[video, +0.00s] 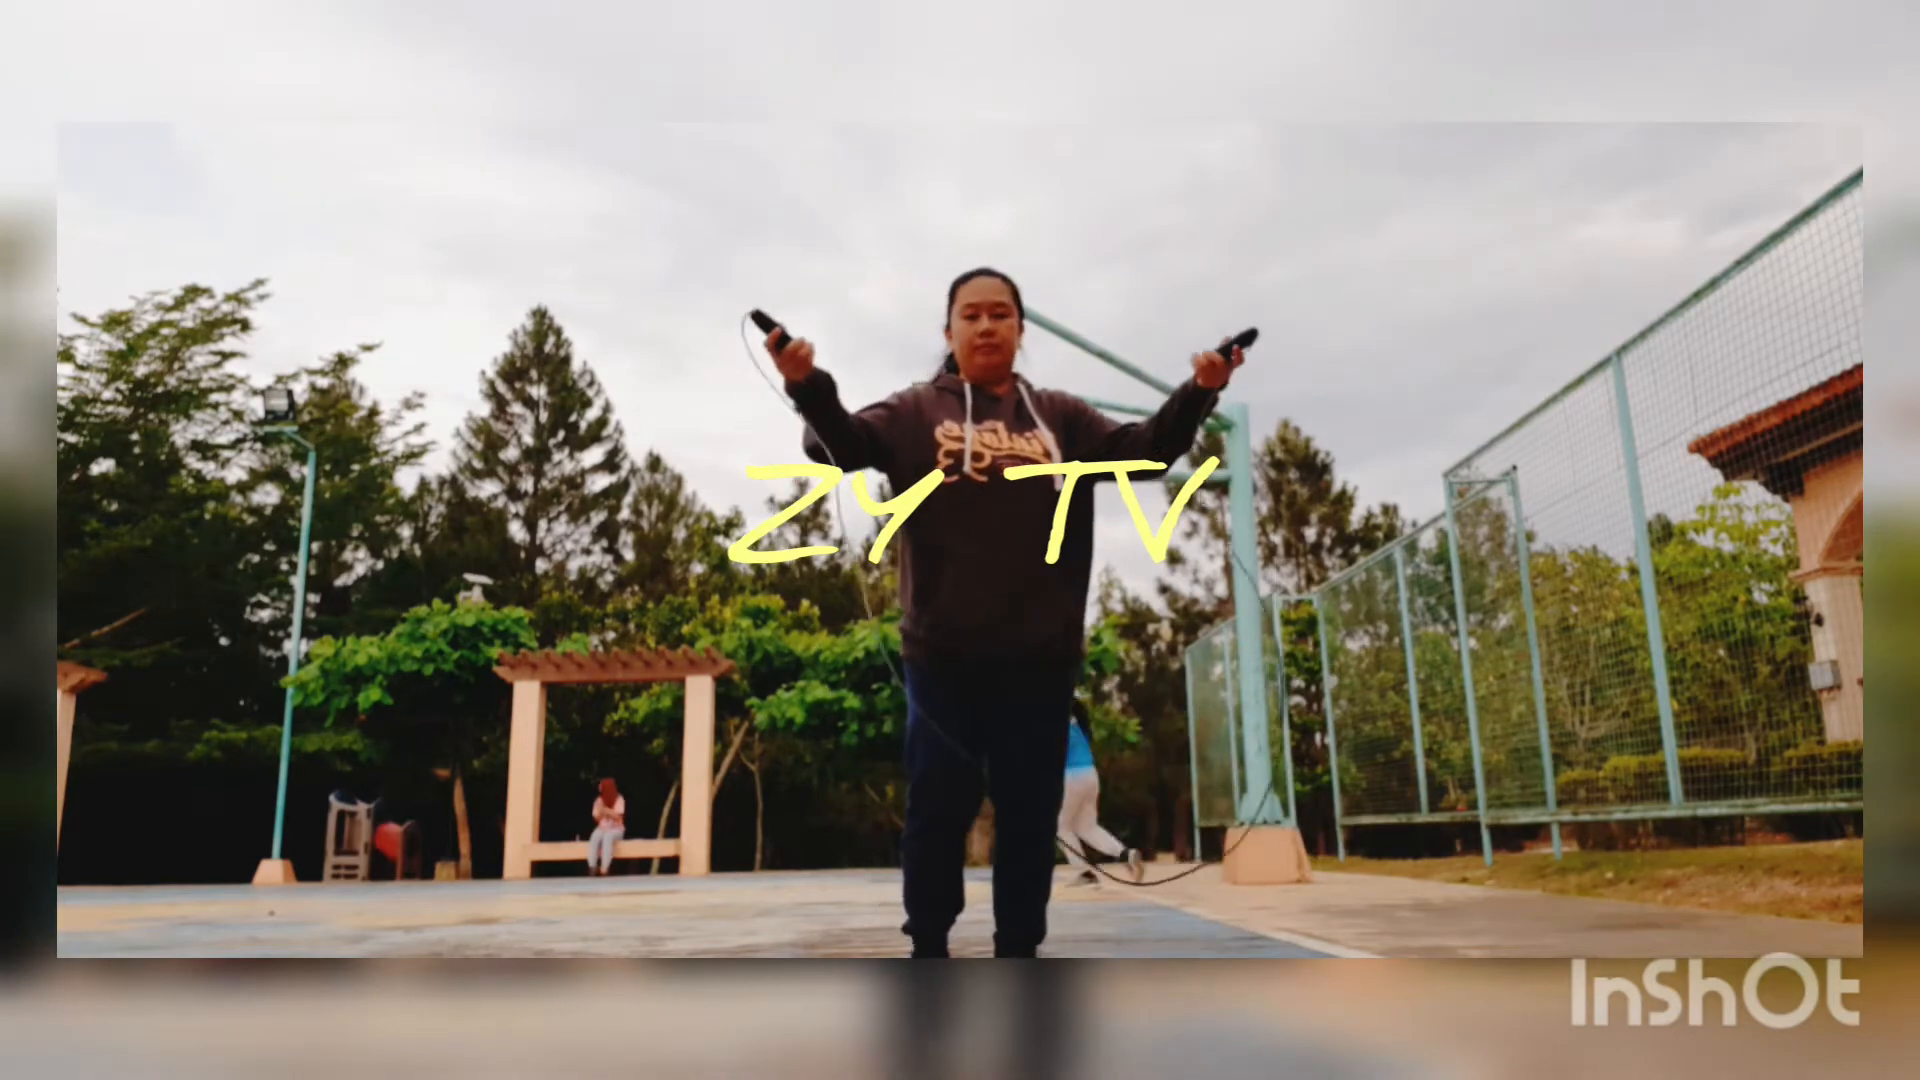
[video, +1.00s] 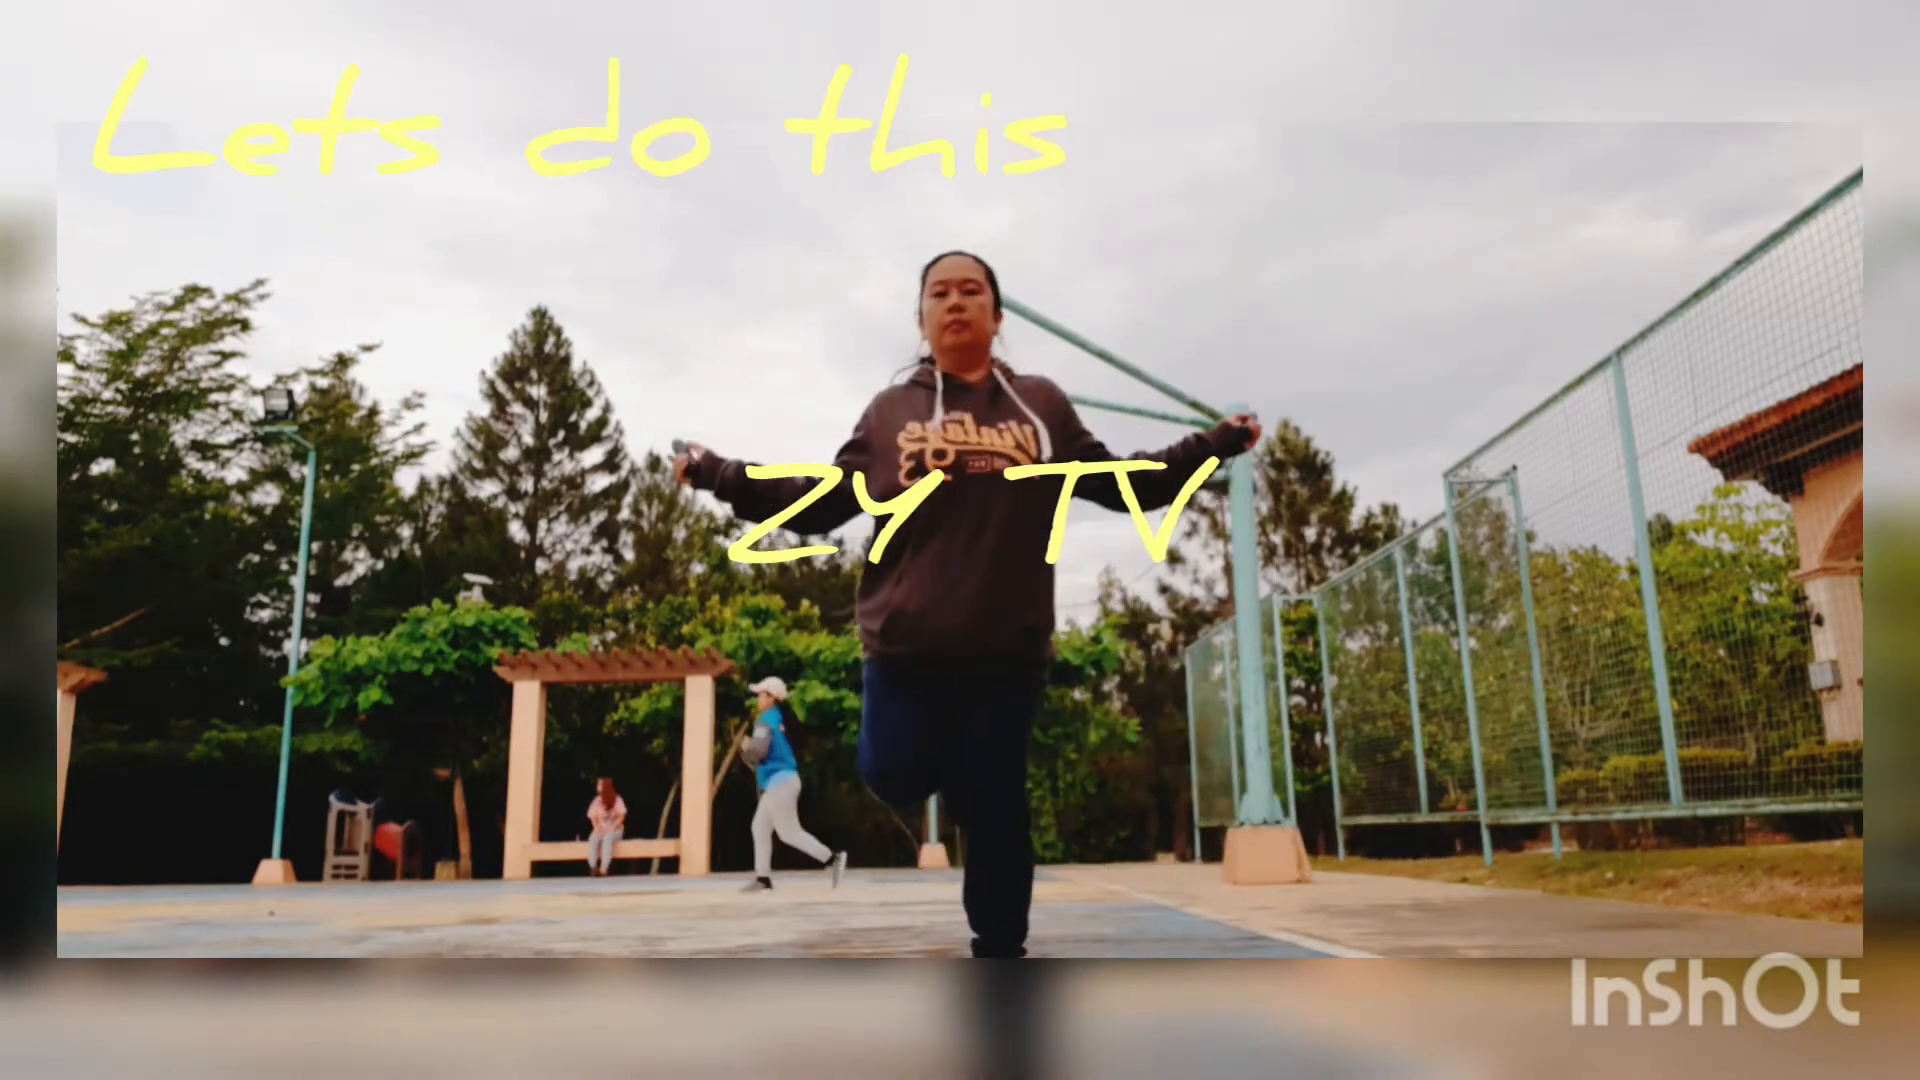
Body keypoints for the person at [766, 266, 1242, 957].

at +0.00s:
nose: (988, 326)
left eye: (1001, 314)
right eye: (972, 315)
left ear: (1022, 331)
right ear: (948, 333)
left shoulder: (1061, 416)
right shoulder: (915, 411)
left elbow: (1147, 448)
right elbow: (848, 446)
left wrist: (1200, 391)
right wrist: (807, 386)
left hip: (1039, 647)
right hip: (944, 647)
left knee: (1030, 812)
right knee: (939, 802)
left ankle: (1019, 952)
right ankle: (929, 949)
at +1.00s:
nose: (956, 304)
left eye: (972, 293)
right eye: (941, 295)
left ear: (997, 319)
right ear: (922, 320)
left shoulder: (1040, 403)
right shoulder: (892, 408)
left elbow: (1118, 482)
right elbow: (827, 497)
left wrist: (1210, 448)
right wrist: (727, 478)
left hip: (1003, 642)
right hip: (905, 643)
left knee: (996, 809)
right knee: (895, 778)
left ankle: (1001, 956)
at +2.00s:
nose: (951, 258)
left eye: (965, 246)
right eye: (936, 248)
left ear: (992, 269)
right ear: (914, 272)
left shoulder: (1042, 364)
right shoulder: (881, 375)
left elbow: (1106, 476)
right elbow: (831, 490)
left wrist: (1194, 498)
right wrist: (751, 535)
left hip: (1028, 615)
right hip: (919, 619)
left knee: (1031, 787)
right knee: (927, 789)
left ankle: (1035, 946)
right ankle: (930, 951)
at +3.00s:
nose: (958, 245)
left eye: (972, 233)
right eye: (943, 235)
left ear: (999, 255)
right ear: (922, 258)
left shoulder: (1050, 353)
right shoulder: (887, 364)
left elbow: (1114, 469)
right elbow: (834, 487)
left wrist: (1201, 518)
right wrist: (755, 547)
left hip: (1033, 603)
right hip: (927, 606)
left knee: (1029, 776)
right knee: (936, 778)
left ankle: (1027, 941)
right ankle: (942, 942)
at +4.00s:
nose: (967, 213)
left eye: (983, 200)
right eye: (952, 201)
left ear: (1009, 222)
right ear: (930, 222)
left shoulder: (1060, 316)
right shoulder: (890, 328)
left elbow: (1118, 439)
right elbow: (841, 452)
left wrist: (1191, 514)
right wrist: (774, 541)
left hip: (1034, 559)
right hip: (929, 561)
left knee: (1023, 733)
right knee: (942, 736)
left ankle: (1023, 918)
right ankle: (950, 918)